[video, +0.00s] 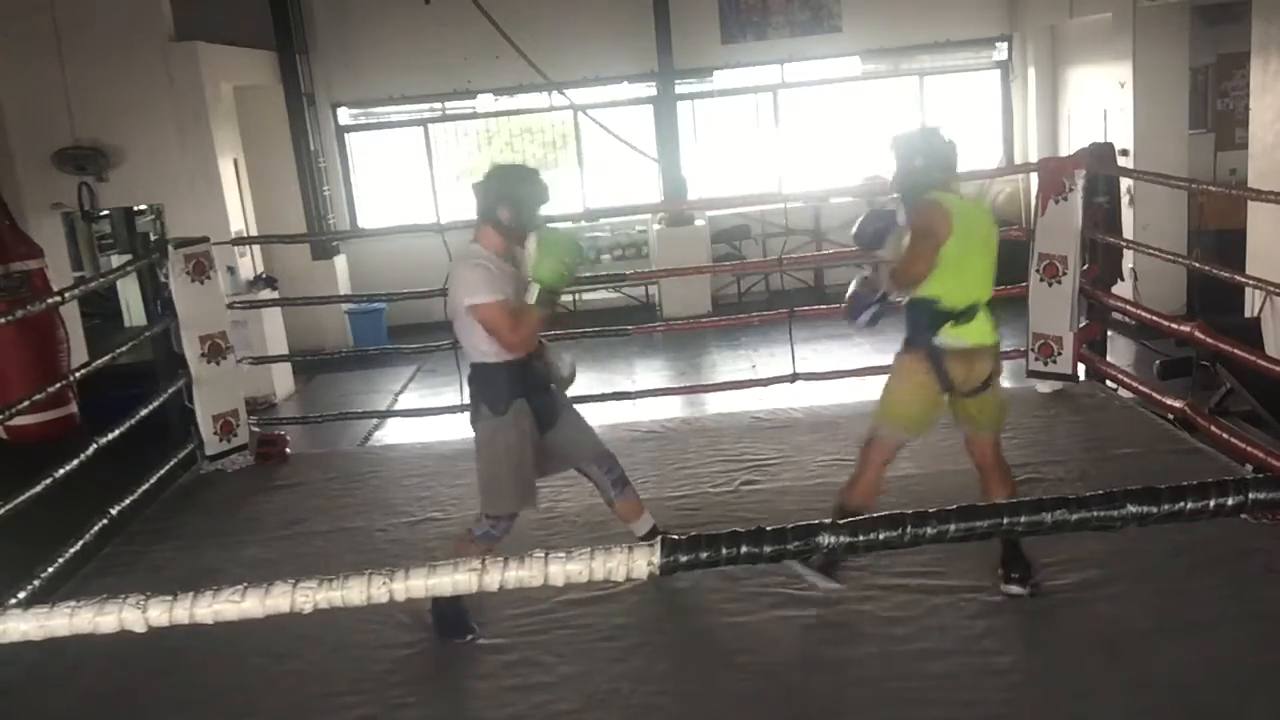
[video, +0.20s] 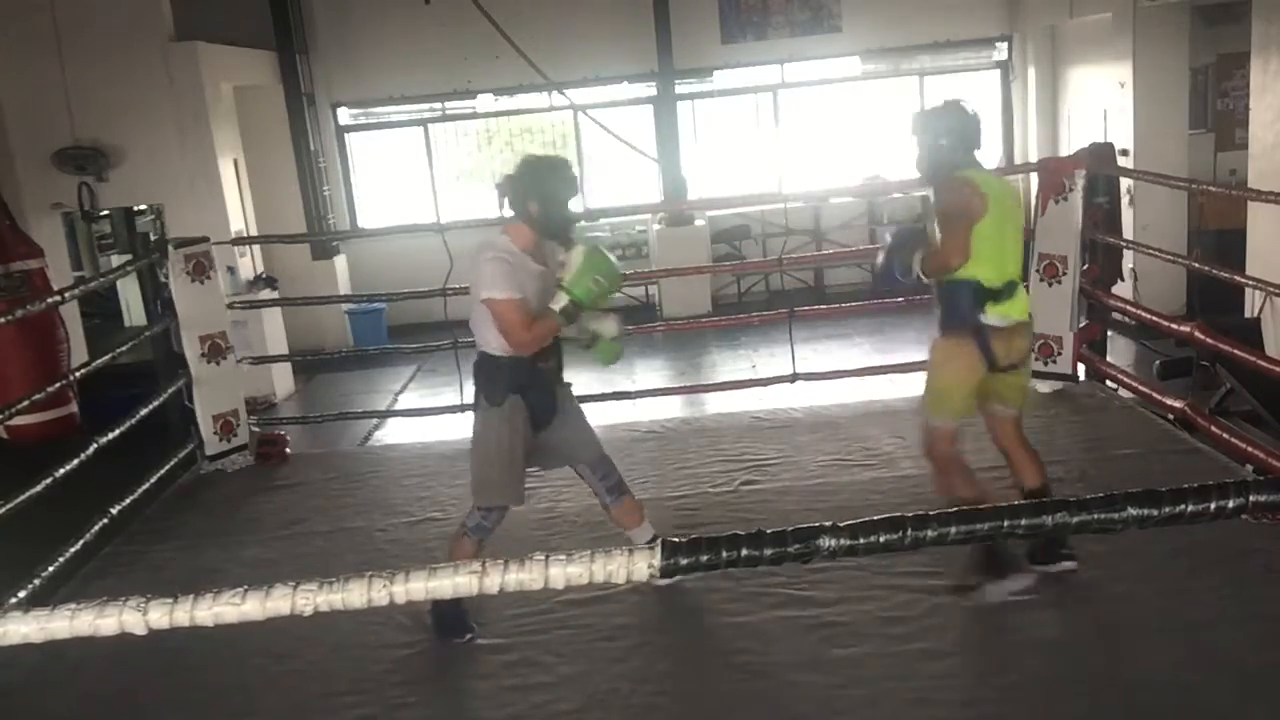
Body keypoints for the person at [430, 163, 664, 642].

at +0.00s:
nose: (535, 222)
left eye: (535, 212)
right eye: (529, 212)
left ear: (504, 212)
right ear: (502, 211)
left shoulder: (511, 260)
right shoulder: (472, 272)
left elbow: (519, 325)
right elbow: (517, 341)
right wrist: (548, 287)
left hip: (535, 386)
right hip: (499, 398)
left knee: (603, 466)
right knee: (499, 516)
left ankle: (657, 548)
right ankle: (446, 589)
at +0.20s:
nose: (573, 209)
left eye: (573, 197)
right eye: (566, 199)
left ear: (535, 202)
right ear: (538, 202)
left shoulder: (549, 254)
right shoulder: (494, 262)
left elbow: (548, 321)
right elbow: (521, 339)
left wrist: (586, 330)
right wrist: (571, 306)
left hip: (546, 385)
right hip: (503, 393)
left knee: (601, 471)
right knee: (494, 503)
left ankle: (655, 556)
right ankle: (449, 595)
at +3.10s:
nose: (803, 294)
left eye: (802, 283)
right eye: (793, 285)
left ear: (769, 288)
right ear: (756, 290)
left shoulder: (792, 326)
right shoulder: (703, 336)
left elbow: (824, 364)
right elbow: (727, 413)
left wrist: (858, 370)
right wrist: (785, 379)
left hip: (769, 429)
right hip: (707, 441)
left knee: (855, 480)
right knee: (663, 520)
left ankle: (901, 566)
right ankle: (616, 594)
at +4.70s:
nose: (778, 224)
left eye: (780, 212)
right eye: (767, 215)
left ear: (783, 208)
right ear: (733, 217)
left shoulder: (778, 247)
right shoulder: (713, 278)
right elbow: (760, 347)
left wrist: (830, 289)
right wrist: (811, 299)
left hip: (802, 382)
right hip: (749, 396)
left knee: (875, 473)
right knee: (722, 505)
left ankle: (913, 567)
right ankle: (689, 568)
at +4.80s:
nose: (775, 224)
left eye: (777, 212)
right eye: (764, 215)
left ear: (779, 210)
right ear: (728, 217)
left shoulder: (775, 247)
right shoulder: (706, 282)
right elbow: (745, 350)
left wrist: (819, 272)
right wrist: (792, 306)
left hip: (799, 381)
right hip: (744, 396)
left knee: (873, 475)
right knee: (719, 505)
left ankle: (909, 567)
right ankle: (689, 568)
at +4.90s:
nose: (793, 207)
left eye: (794, 196)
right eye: (782, 198)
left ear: (790, 195)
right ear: (748, 201)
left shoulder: (784, 241)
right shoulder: (713, 265)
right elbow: (748, 337)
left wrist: (819, 272)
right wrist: (799, 296)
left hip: (803, 369)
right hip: (748, 383)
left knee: (868, 469)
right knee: (724, 495)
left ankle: (917, 566)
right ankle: (688, 566)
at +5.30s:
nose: (898, 194)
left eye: (900, 183)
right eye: (891, 183)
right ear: (855, 180)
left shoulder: (874, 233)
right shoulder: (793, 233)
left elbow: (934, 276)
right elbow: (807, 319)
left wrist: (950, 216)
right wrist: (876, 288)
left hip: (850, 380)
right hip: (789, 384)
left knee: (904, 481)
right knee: (761, 497)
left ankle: (932, 579)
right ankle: (748, 563)